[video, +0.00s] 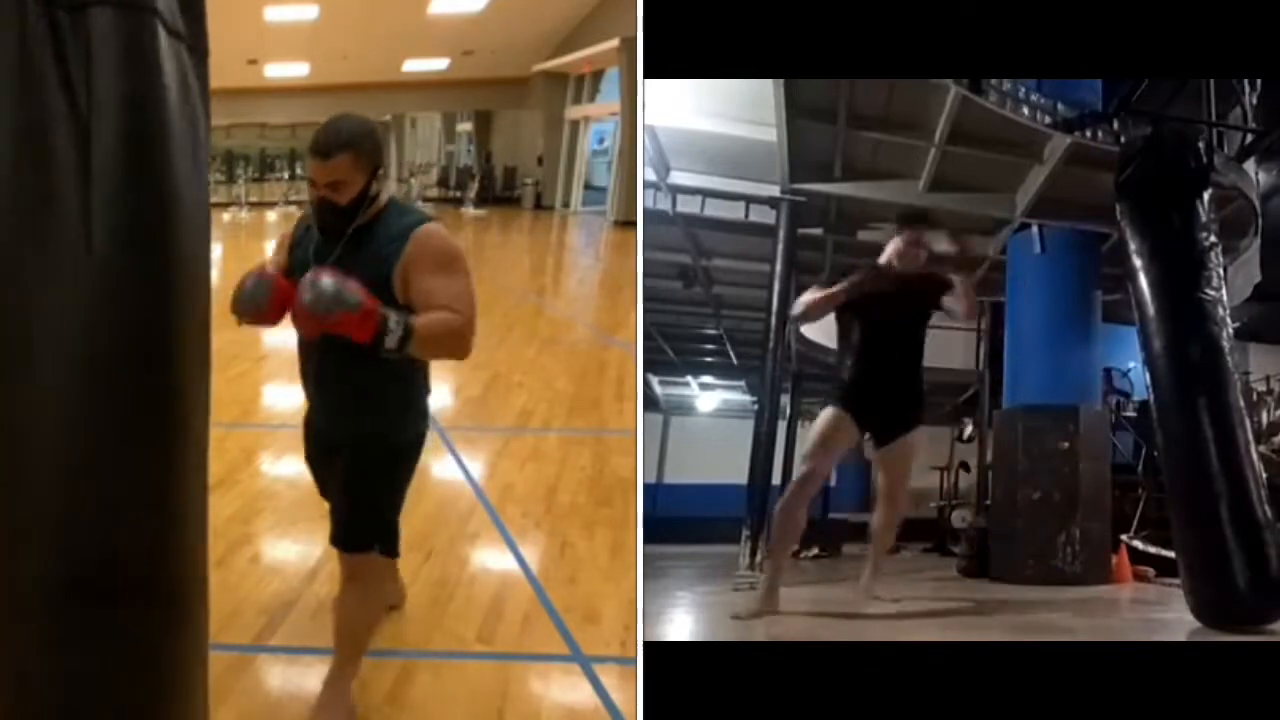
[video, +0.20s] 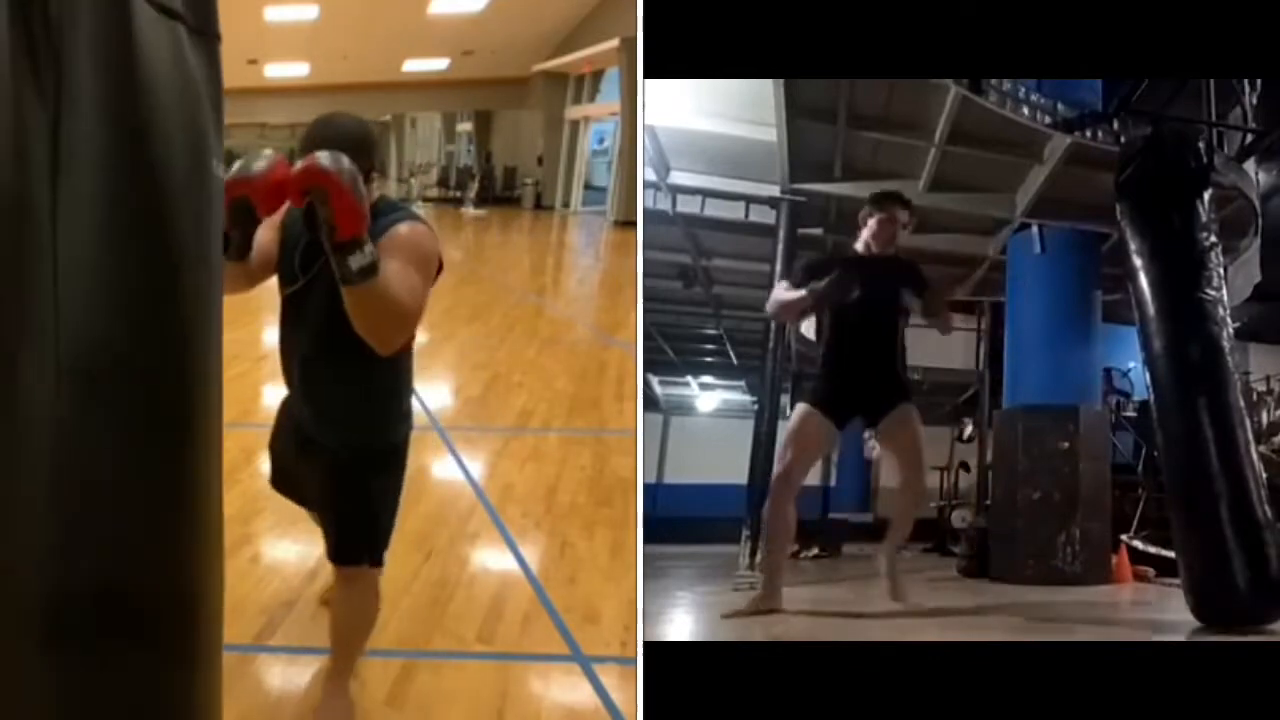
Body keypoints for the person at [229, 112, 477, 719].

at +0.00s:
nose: (322, 196)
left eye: (337, 185)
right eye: (316, 183)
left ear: (373, 176)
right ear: (309, 174)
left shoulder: (421, 242)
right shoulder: (307, 232)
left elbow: (457, 334)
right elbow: (277, 291)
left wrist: (377, 323)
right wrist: (260, 297)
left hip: (385, 415)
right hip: (325, 405)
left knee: (357, 549)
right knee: (348, 509)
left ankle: (339, 686)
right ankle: (384, 585)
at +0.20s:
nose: (319, 184)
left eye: (330, 172)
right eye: (311, 172)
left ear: (358, 175)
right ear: (296, 179)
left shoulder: (406, 234)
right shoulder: (292, 223)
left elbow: (390, 335)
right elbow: (231, 279)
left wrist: (351, 244)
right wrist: (235, 223)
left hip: (369, 427)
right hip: (306, 407)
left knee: (354, 565)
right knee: (320, 502)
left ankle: (338, 681)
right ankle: (349, 570)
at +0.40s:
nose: (303, 183)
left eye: (316, 171)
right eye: (296, 171)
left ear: (343, 172)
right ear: (282, 175)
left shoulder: (387, 235)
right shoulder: (274, 218)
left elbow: (367, 330)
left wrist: (334, 233)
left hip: (350, 425)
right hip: (286, 405)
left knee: (343, 561)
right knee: (282, 485)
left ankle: (335, 684)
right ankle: (293, 560)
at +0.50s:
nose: (295, 186)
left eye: (309, 174)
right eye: (284, 172)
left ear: (334, 178)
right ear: (266, 176)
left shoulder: (371, 232)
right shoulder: (263, 229)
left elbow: (376, 331)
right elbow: (226, 281)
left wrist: (328, 255)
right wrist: (244, 223)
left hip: (340, 422)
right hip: (275, 405)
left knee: (336, 560)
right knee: (271, 486)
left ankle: (335, 682)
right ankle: (278, 558)